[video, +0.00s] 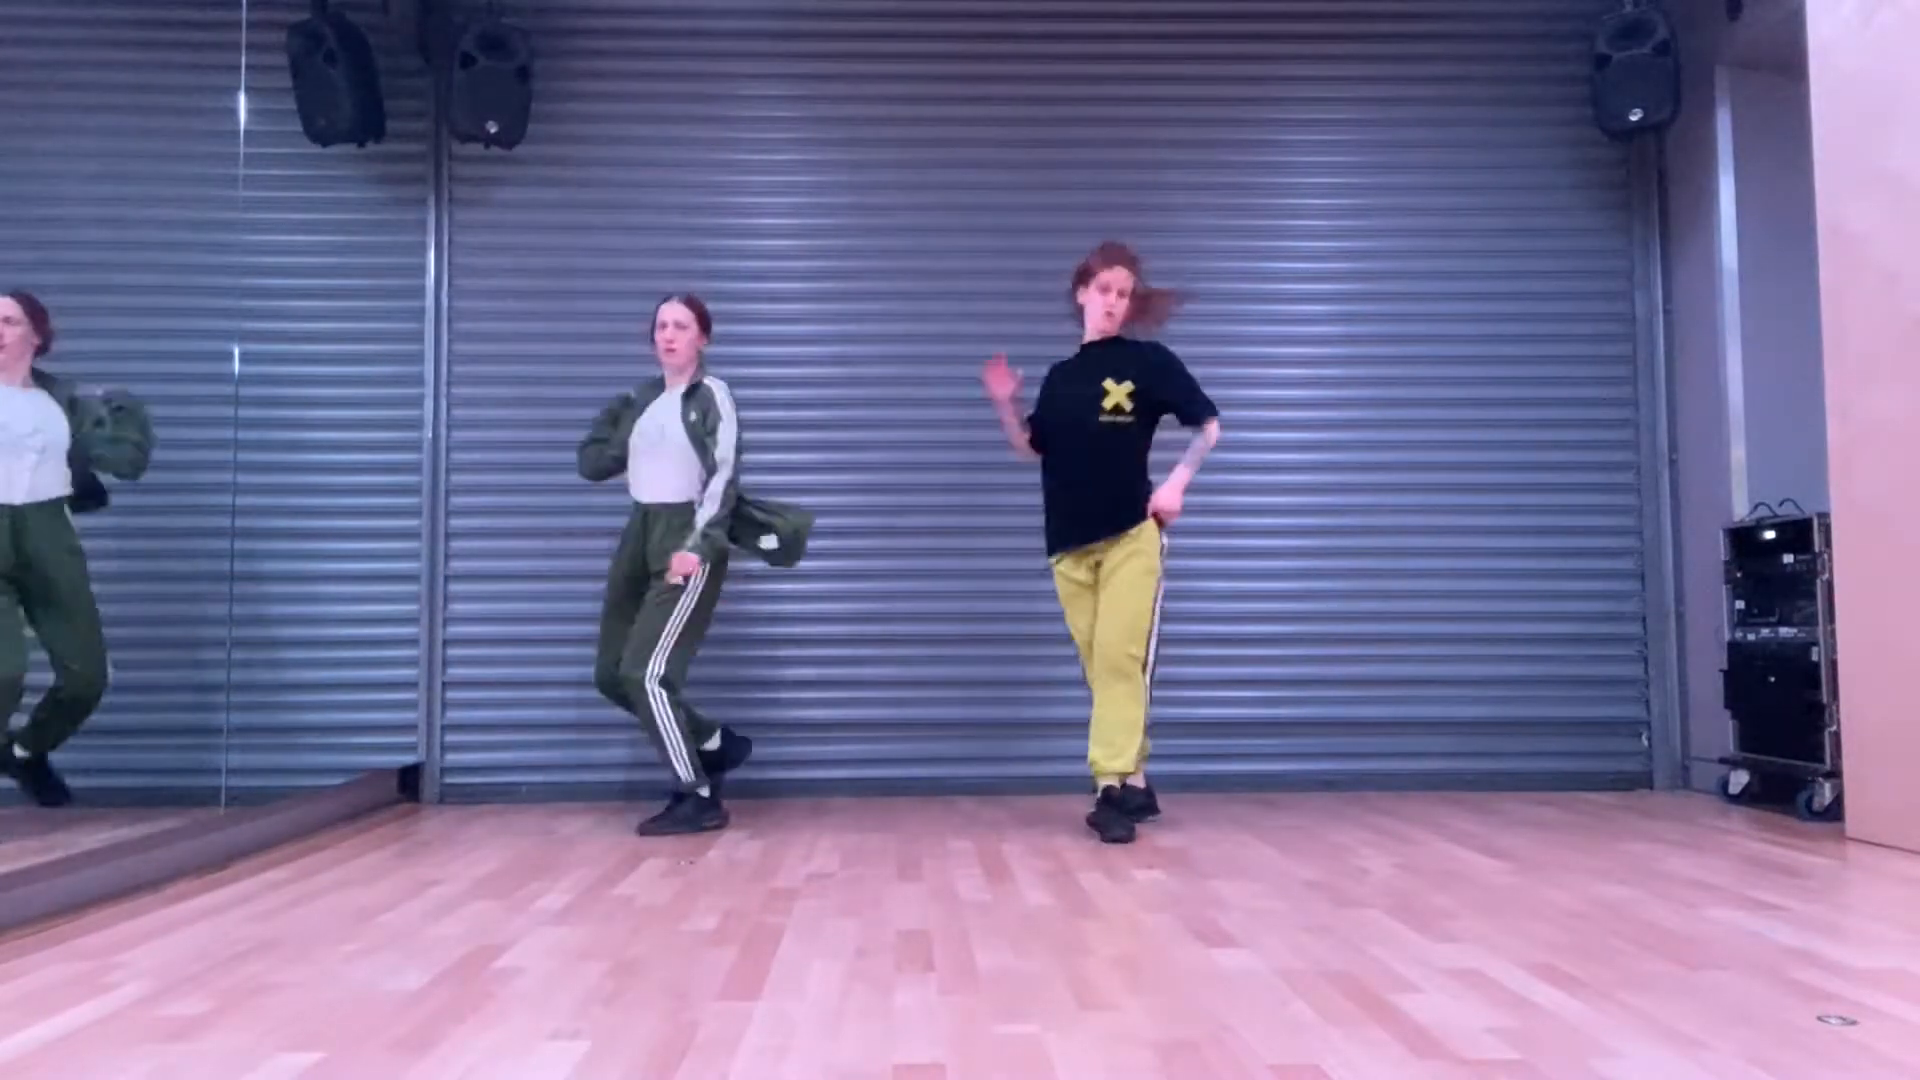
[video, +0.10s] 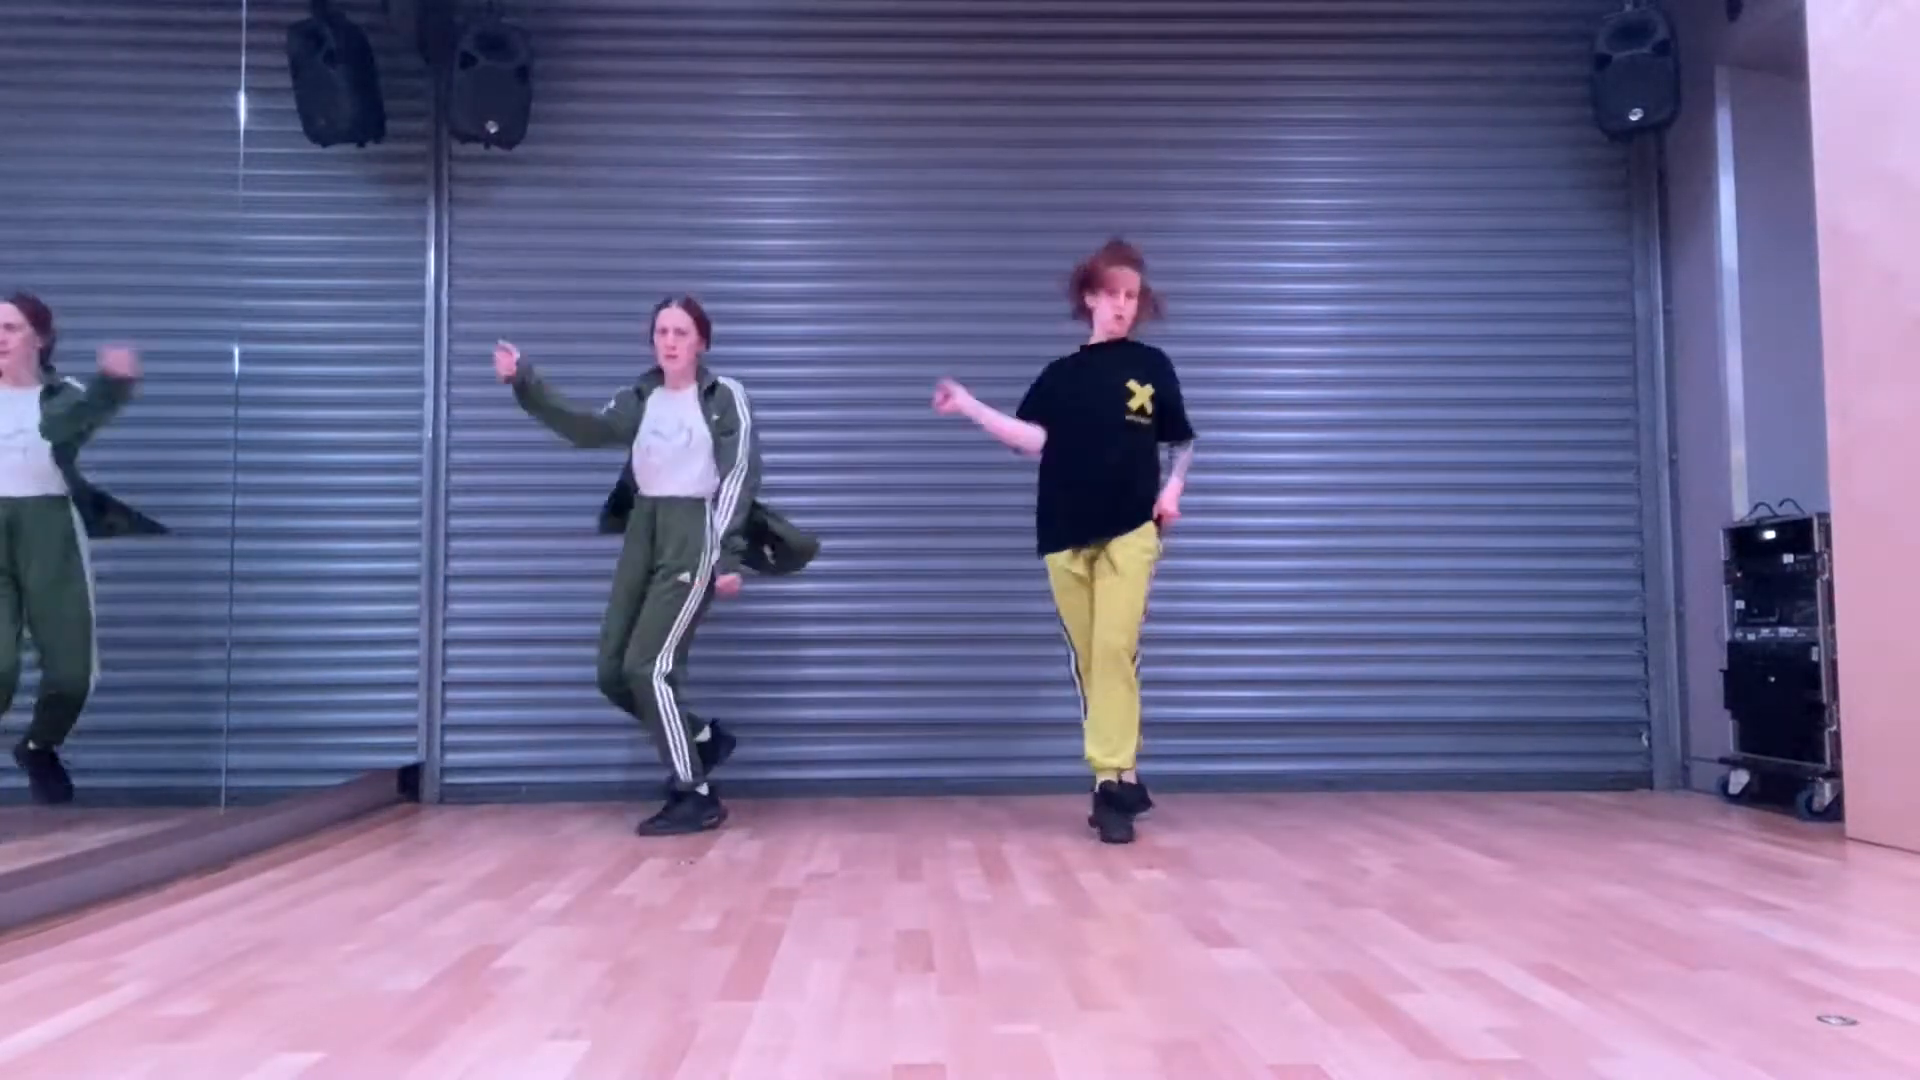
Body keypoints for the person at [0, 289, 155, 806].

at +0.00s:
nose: (0, 331)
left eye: (10, 322)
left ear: (36, 336)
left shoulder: (59, 397)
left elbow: (123, 458)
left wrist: (113, 421)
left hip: (48, 536)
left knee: (85, 679)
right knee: (5, 676)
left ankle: (26, 750)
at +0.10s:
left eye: (10, 328)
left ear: (39, 338)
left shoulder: (61, 396)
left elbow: (73, 422)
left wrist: (111, 383)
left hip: (49, 525)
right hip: (0, 527)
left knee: (73, 673)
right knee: (2, 670)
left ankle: (39, 747)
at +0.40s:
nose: (8, 357)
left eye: (21, 348)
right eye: (4, 347)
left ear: (54, 354)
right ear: (1, 354)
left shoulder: (84, 401)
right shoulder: (4, 408)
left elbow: (58, 449)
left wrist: (4, 453)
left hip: (63, 550)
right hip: (9, 550)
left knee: (52, 678)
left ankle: (67, 790)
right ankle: (11, 705)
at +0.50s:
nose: (0, 355)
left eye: (10, 345)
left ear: (42, 351)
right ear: (5, 353)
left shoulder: (79, 404)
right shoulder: (0, 404)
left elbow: (102, 489)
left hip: (56, 525)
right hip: (3, 522)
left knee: (42, 673)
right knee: (0, 663)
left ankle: (63, 789)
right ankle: (27, 740)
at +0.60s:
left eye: (4, 356)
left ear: (30, 360)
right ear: (2, 361)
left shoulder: (63, 405)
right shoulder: (5, 410)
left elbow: (139, 468)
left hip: (40, 545)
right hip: (4, 546)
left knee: (13, 672)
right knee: (7, 677)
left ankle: (61, 772)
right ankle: (66, 765)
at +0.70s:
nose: (2, 390)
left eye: (5, 379)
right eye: (1, 380)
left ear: (19, 380)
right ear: (8, 382)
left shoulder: (48, 414)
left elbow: (151, 445)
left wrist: (139, 511)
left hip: (36, 561)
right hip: (7, 565)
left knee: (3, 650)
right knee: (4, 678)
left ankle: (20, 757)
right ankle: (75, 765)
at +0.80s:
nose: (5, 384)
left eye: (4, 379)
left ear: (6, 379)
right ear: (7, 379)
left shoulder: (24, 413)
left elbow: (111, 441)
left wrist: (102, 513)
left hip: (21, 564)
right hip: (9, 569)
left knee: (0, 680)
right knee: (1, 684)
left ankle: (74, 765)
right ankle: (73, 765)